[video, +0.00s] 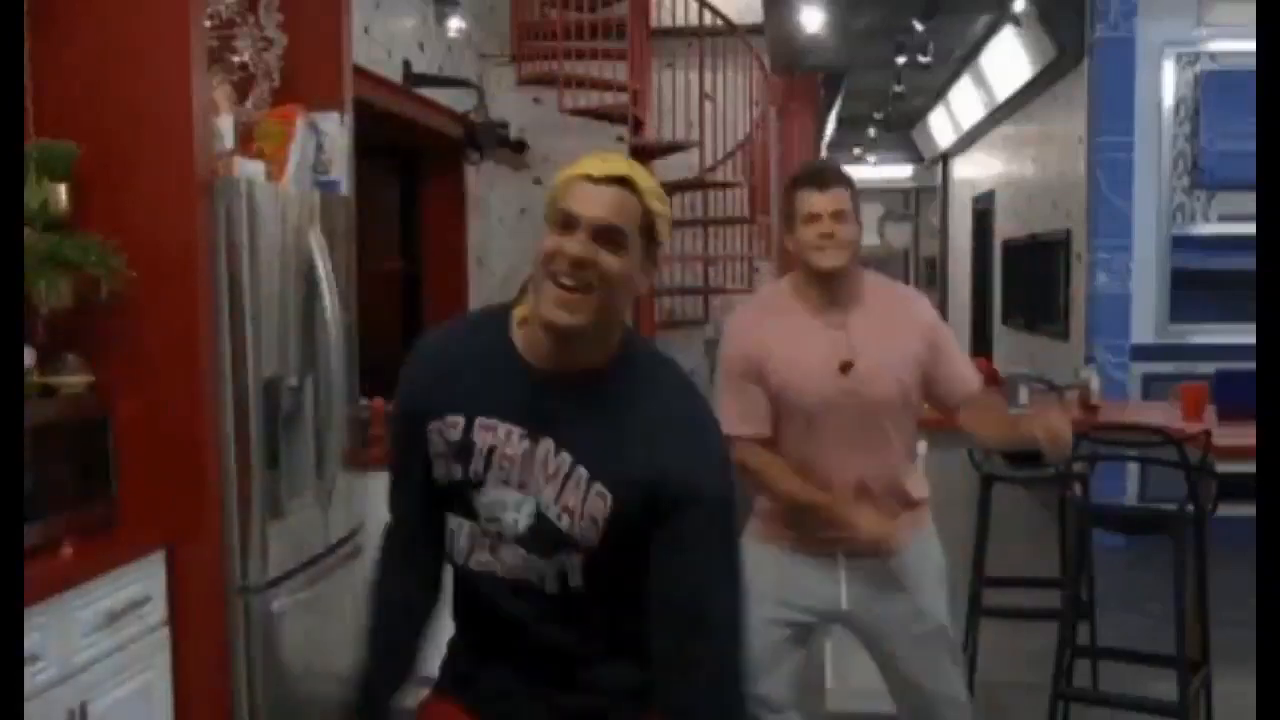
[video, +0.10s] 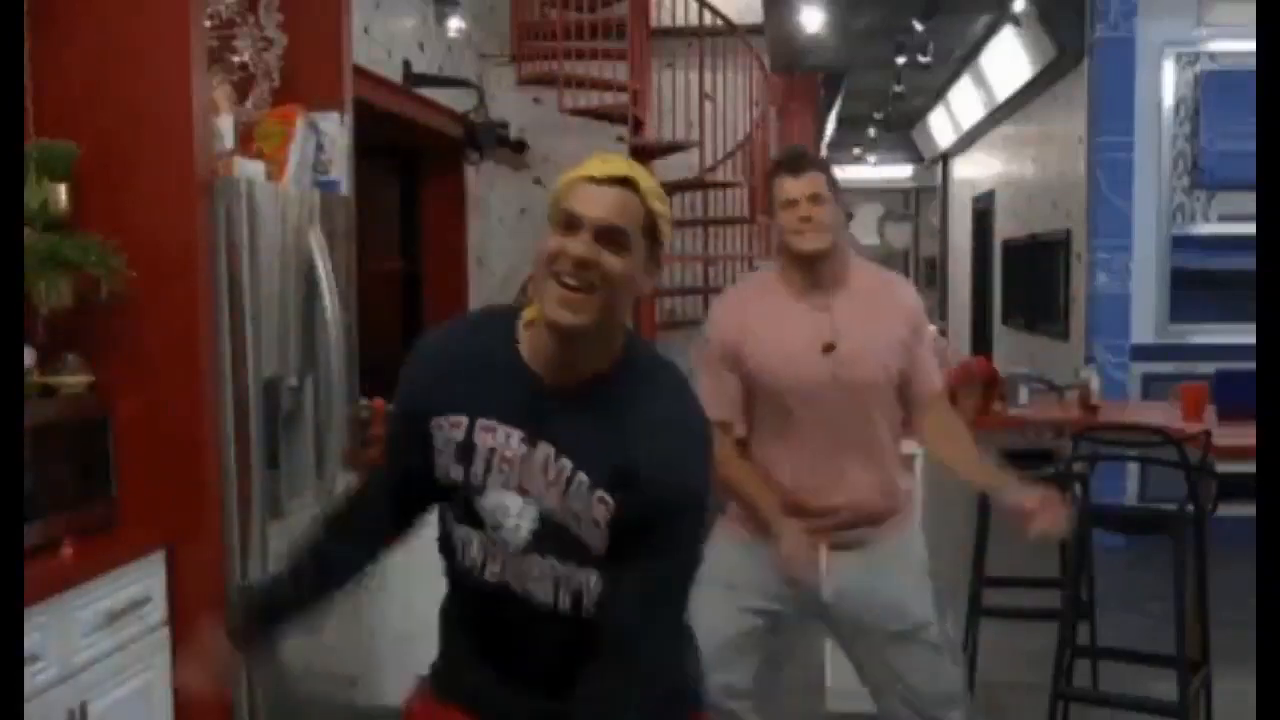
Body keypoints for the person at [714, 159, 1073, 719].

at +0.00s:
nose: (827, 230)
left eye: (839, 216)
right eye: (810, 220)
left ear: (859, 228)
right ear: (788, 238)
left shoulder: (908, 311)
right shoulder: (752, 323)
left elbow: (969, 404)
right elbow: (745, 448)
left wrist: (1024, 427)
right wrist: (840, 512)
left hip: (897, 549)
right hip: (785, 549)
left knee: (942, 705)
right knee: (768, 706)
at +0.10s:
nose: (804, 213)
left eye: (816, 199)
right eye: (789, 204)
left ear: (842, 210)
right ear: (773, 221)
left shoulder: (895, 299)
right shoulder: (736, 310)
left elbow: (932, 412)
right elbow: (718, 443)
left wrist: (1008, 490)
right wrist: (780, 522)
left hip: (877, 544)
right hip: (756, 540)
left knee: (934, 703)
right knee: (710, 691)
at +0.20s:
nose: (754, 183)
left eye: (767, 170)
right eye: (739, 175)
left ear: (796, 184)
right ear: (724, 193)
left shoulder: (849, 266)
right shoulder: (686, 273)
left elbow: (881, 384)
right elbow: (622, 375)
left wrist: (861, 504)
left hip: (821, 509)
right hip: (705, 511)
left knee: (889, 674)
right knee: (654, 667)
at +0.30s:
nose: (732, 197)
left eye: (744, 184)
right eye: (716, 189)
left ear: (769, 194)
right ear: (701, 206)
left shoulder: (828, 282)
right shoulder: (662, 284)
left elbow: (850, 397)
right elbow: (583, 368)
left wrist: (792, 485)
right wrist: (580, 441)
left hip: (790, 517)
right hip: (678, 520)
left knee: (856, 666)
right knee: (629, 674)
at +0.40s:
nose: (708, 214)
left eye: (720, 201)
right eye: (693, 206)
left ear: (748, 213)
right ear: (679, 225)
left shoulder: (803, 302)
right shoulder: (642, 302)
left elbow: (818, 423)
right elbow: (550, 356)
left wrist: (758, 446)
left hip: (767, 529)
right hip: (657, 537)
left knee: (816, 671)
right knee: (616, 691)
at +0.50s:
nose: (682, 212)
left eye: (695, 199)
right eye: (667, 204)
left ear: (723, 210)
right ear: (652, 221)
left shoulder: (781, 294)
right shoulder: (624, 287)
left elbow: (798, 414)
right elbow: (544, 322)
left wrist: (710, 412)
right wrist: (497, 292)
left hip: (739, 528)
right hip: (634, 523)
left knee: (753, 677)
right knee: (601, 678)